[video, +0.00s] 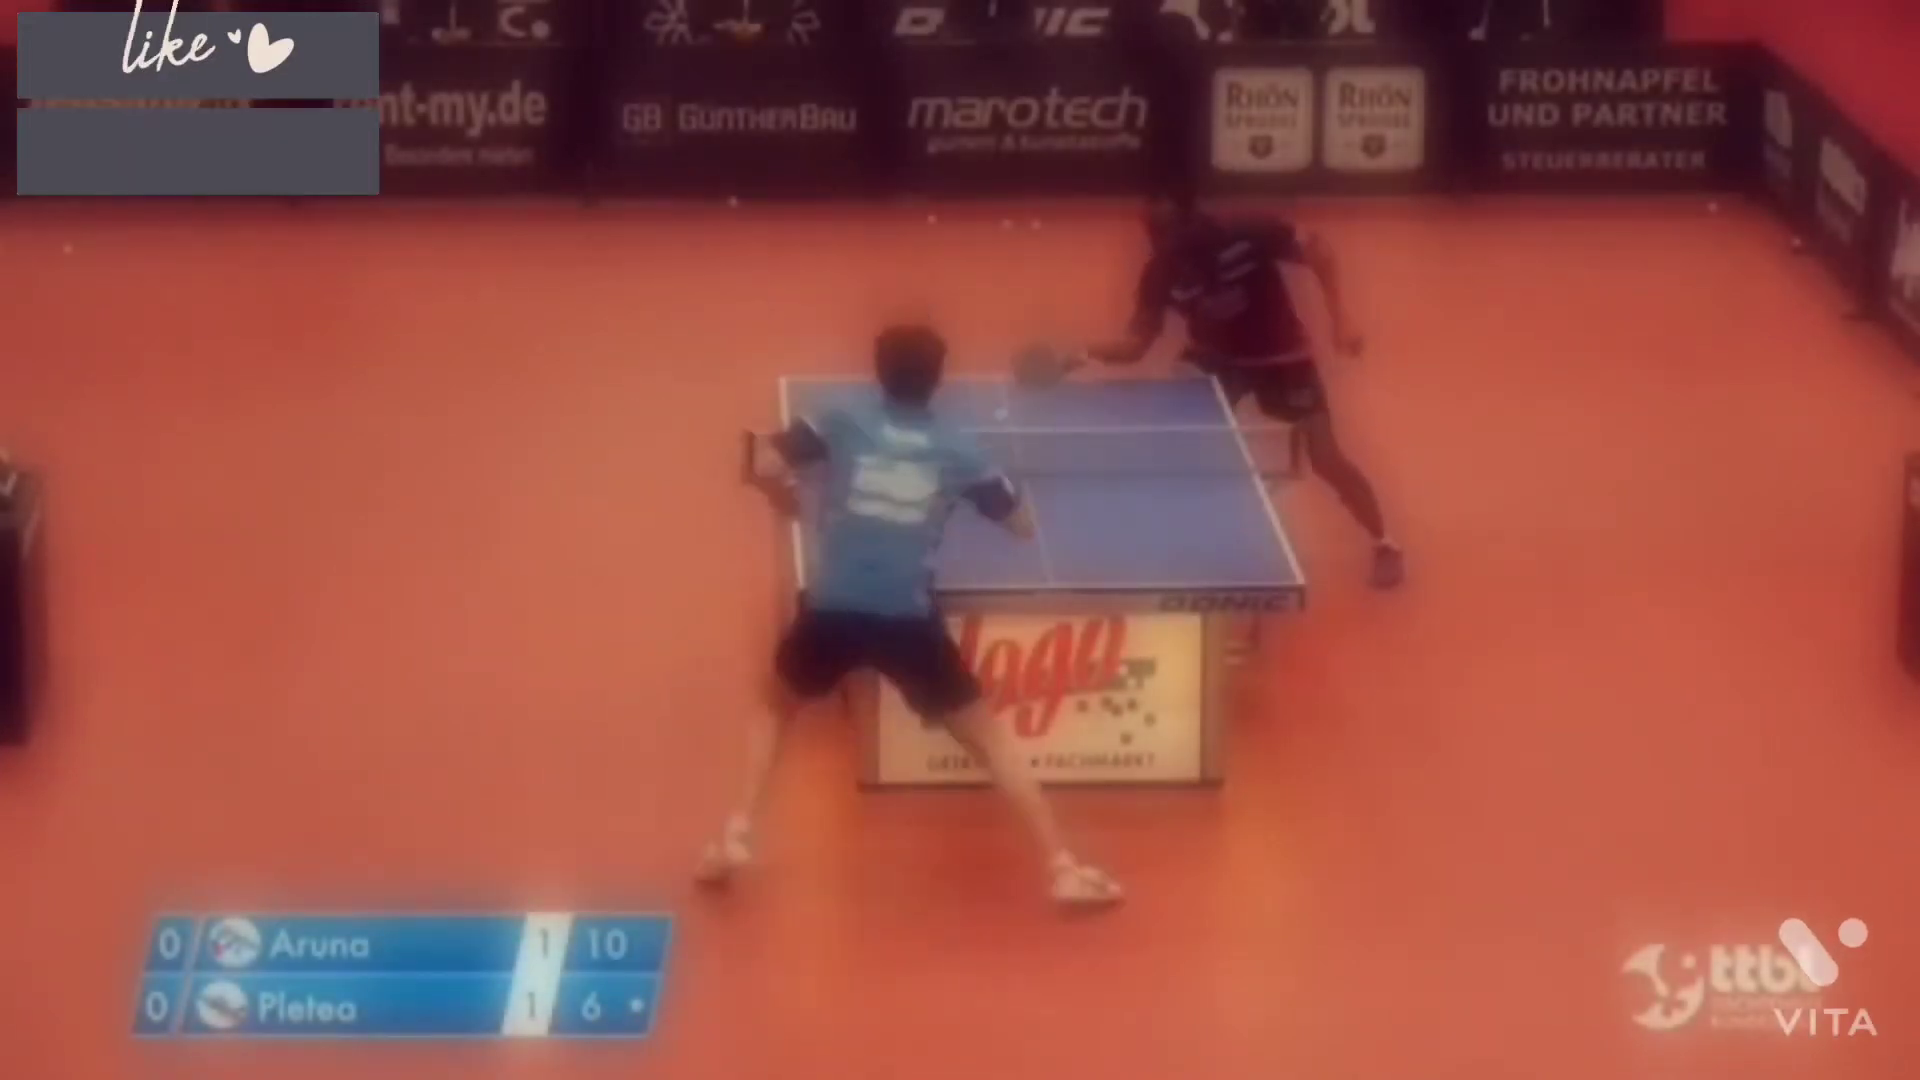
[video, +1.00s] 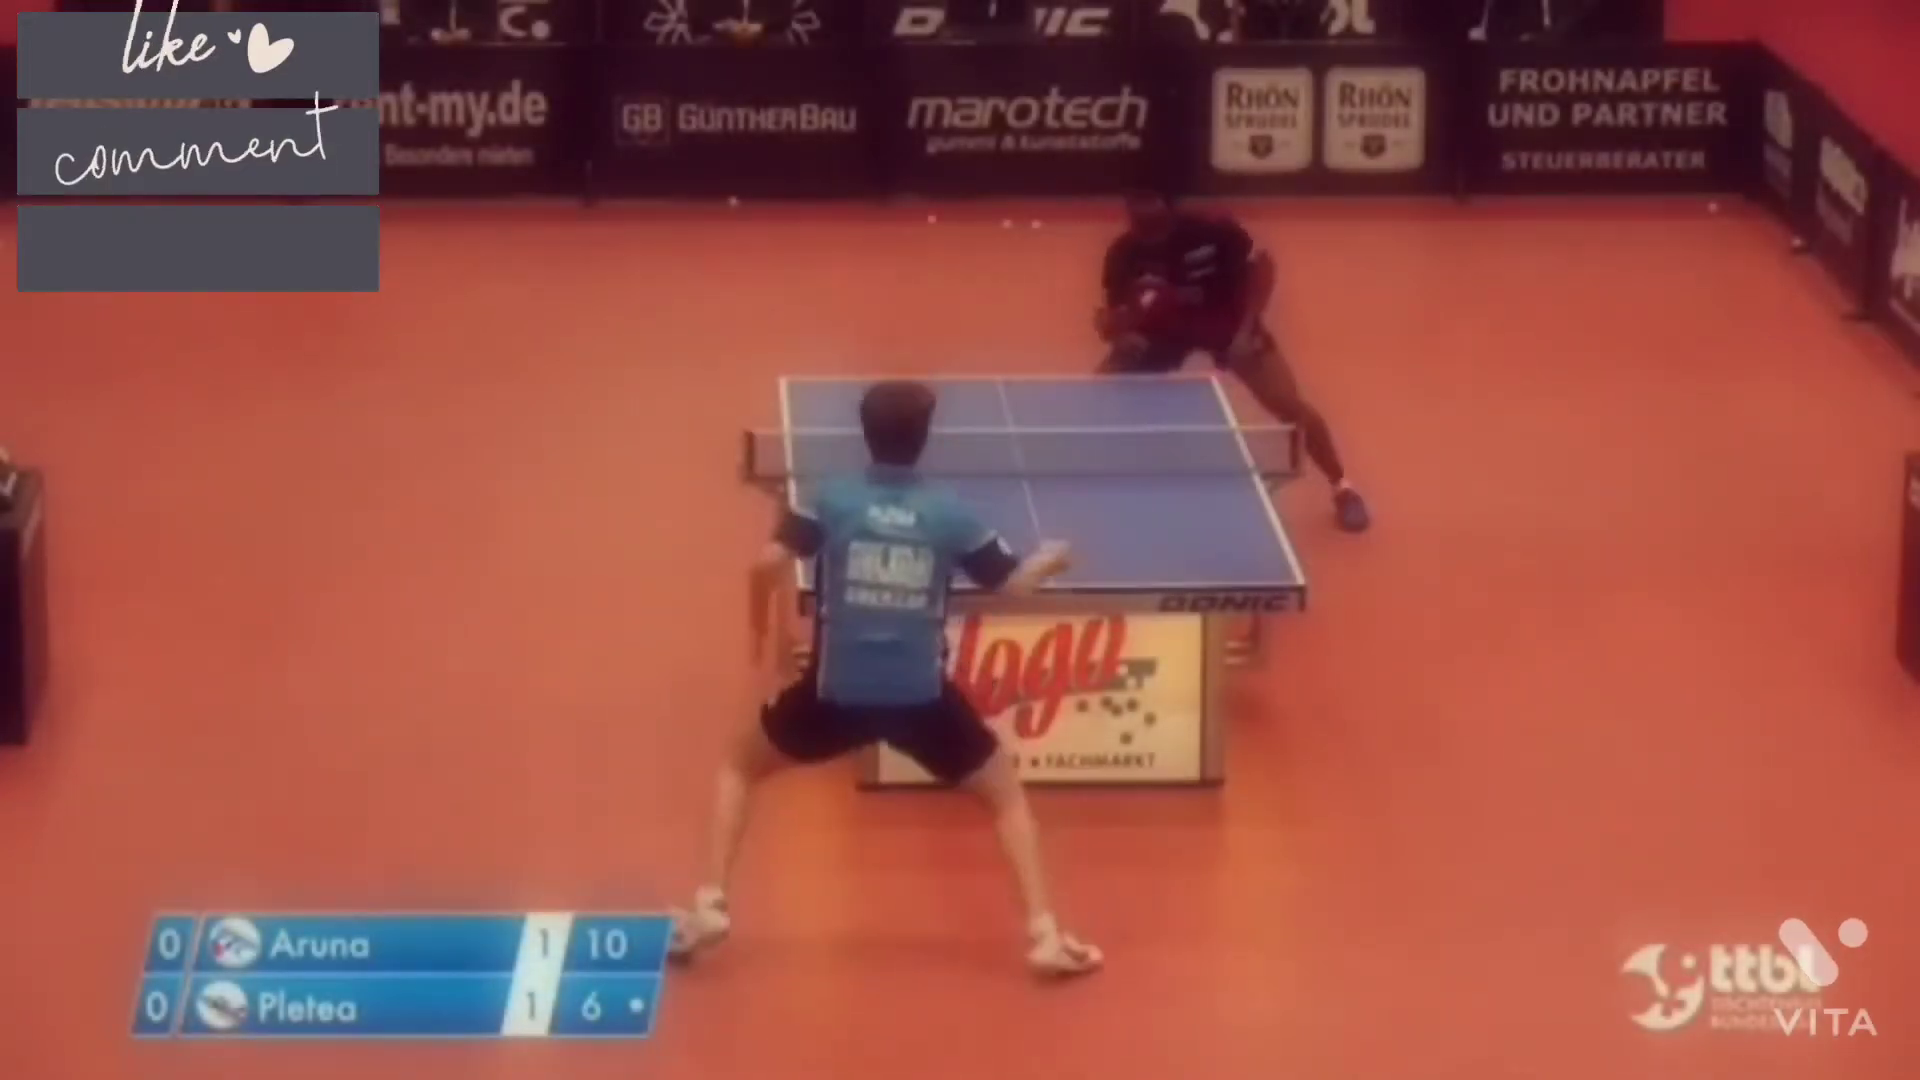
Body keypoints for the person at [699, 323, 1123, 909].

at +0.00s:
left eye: (894, 365)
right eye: (926, 368)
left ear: (880, 373)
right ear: (937, 379)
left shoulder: (847, 423)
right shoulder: (951, 447)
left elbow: (775, 457)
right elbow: (1019, 522)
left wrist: (781, 489)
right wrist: (1007, 487)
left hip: (831, 615)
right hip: (906, 621)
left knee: (776, 711)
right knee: (989, 736)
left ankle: (738, 835)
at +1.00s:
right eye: (919, 427)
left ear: (866, 436)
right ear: (923, 438)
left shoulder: (834, 498)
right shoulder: (943, 511)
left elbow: (783, 554)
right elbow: (1006, 584)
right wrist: (1046, 563)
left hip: (838, 695)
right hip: (919, 698)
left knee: (741, 764)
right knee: (1005, 792)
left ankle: (711, 900)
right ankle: (1046, 935)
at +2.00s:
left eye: (498, 528)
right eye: (539, 518)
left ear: (494, 537)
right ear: (551, 525)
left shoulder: (481, 611)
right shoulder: (594, 588)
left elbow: (471, 698)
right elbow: (682, 592)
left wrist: (460, 784)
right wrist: (653, 509)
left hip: (515, 795)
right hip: (592, 788)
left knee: (426, 832)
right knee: (700, 869)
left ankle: (342, 928)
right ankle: (704, 975)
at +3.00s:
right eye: (798, 474)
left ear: (741, 481)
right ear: (802, 484)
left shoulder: (706, 547)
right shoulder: (829, 561)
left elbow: (633, 587)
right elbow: (884, 632)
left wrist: (652, 624)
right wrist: (882, 592)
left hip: (709, 745)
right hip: (800, 746)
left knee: (611, 834)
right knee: (892, 834)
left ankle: (547, 960)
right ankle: (943, 975)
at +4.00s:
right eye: (827, 499)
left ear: (772, 499)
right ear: (825, 511)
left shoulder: (721, 554)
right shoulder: (828, 581)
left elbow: (655, 591)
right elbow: (860, 664)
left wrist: (718, 602)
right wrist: (897, 670)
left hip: (688, 743)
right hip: (769, 752)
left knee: (614, 806)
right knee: (880, 821)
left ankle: (554, 928)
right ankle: (941, 960)